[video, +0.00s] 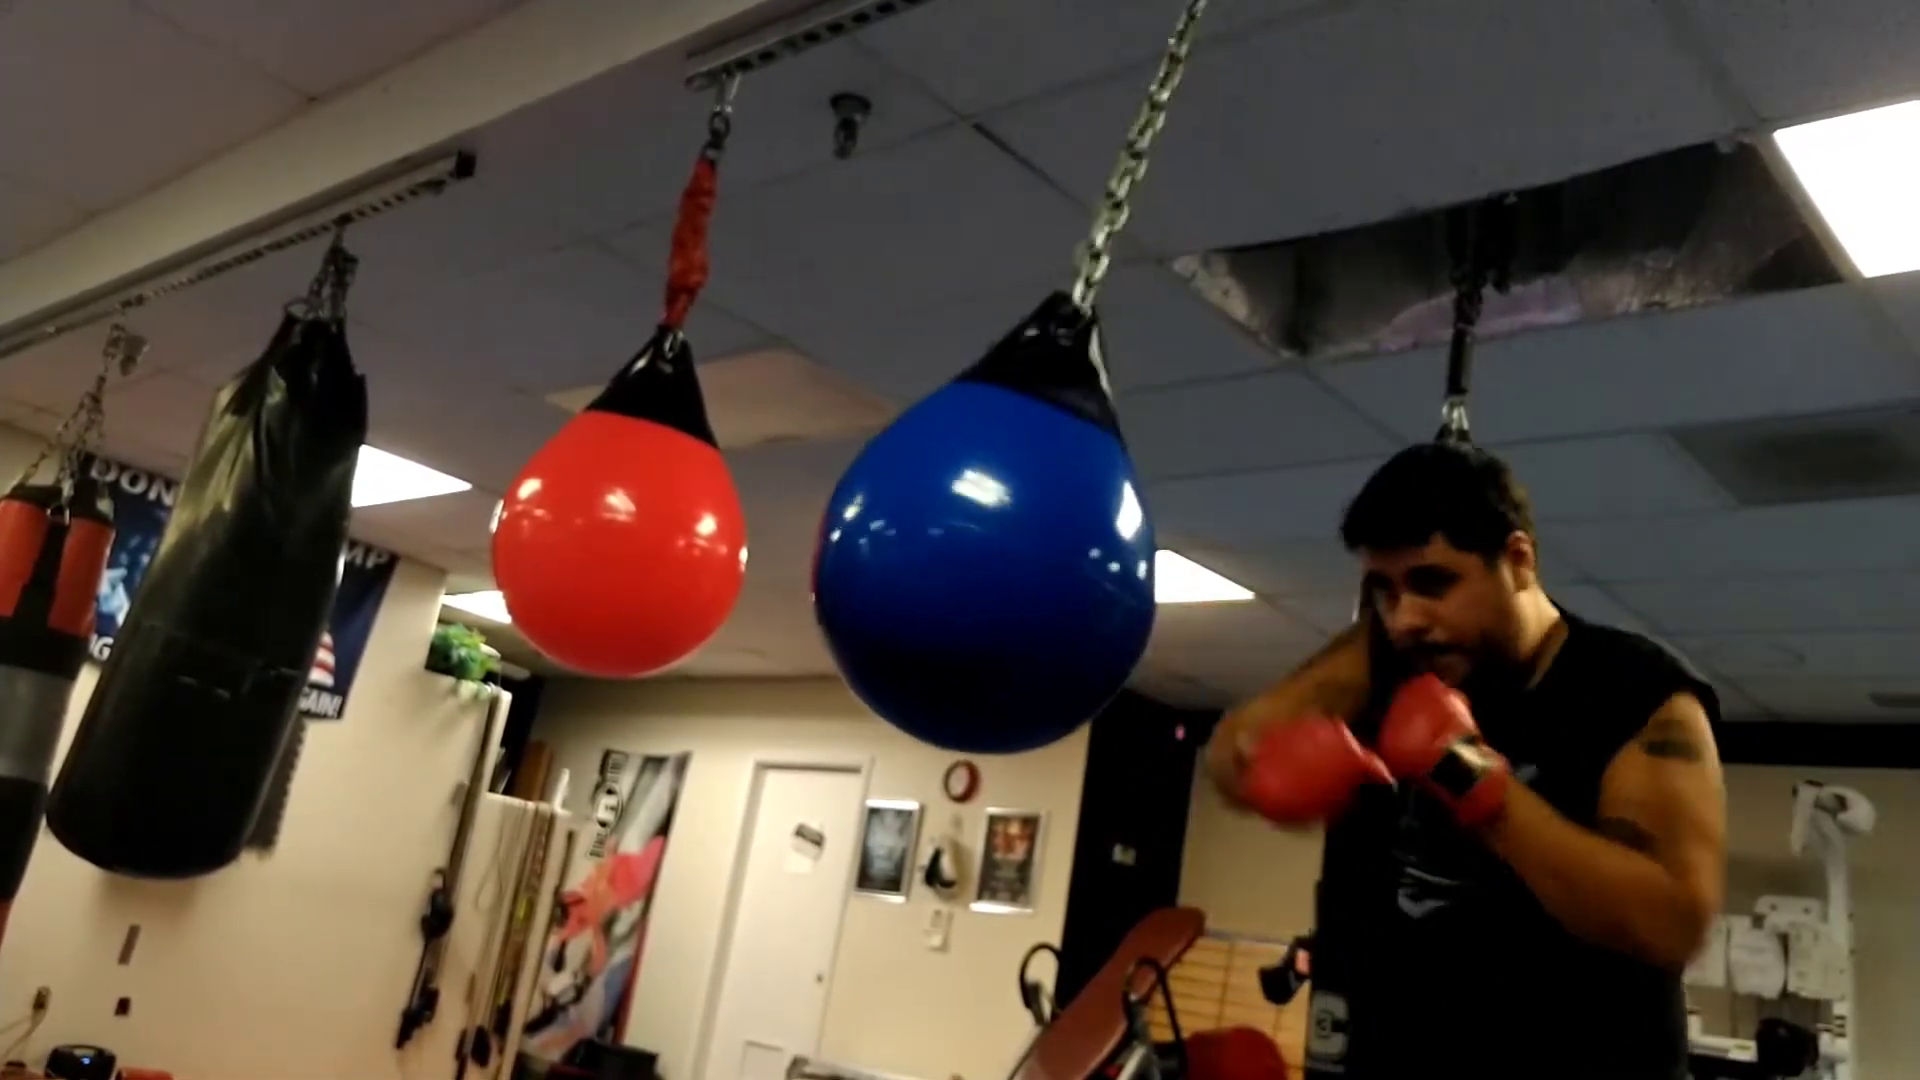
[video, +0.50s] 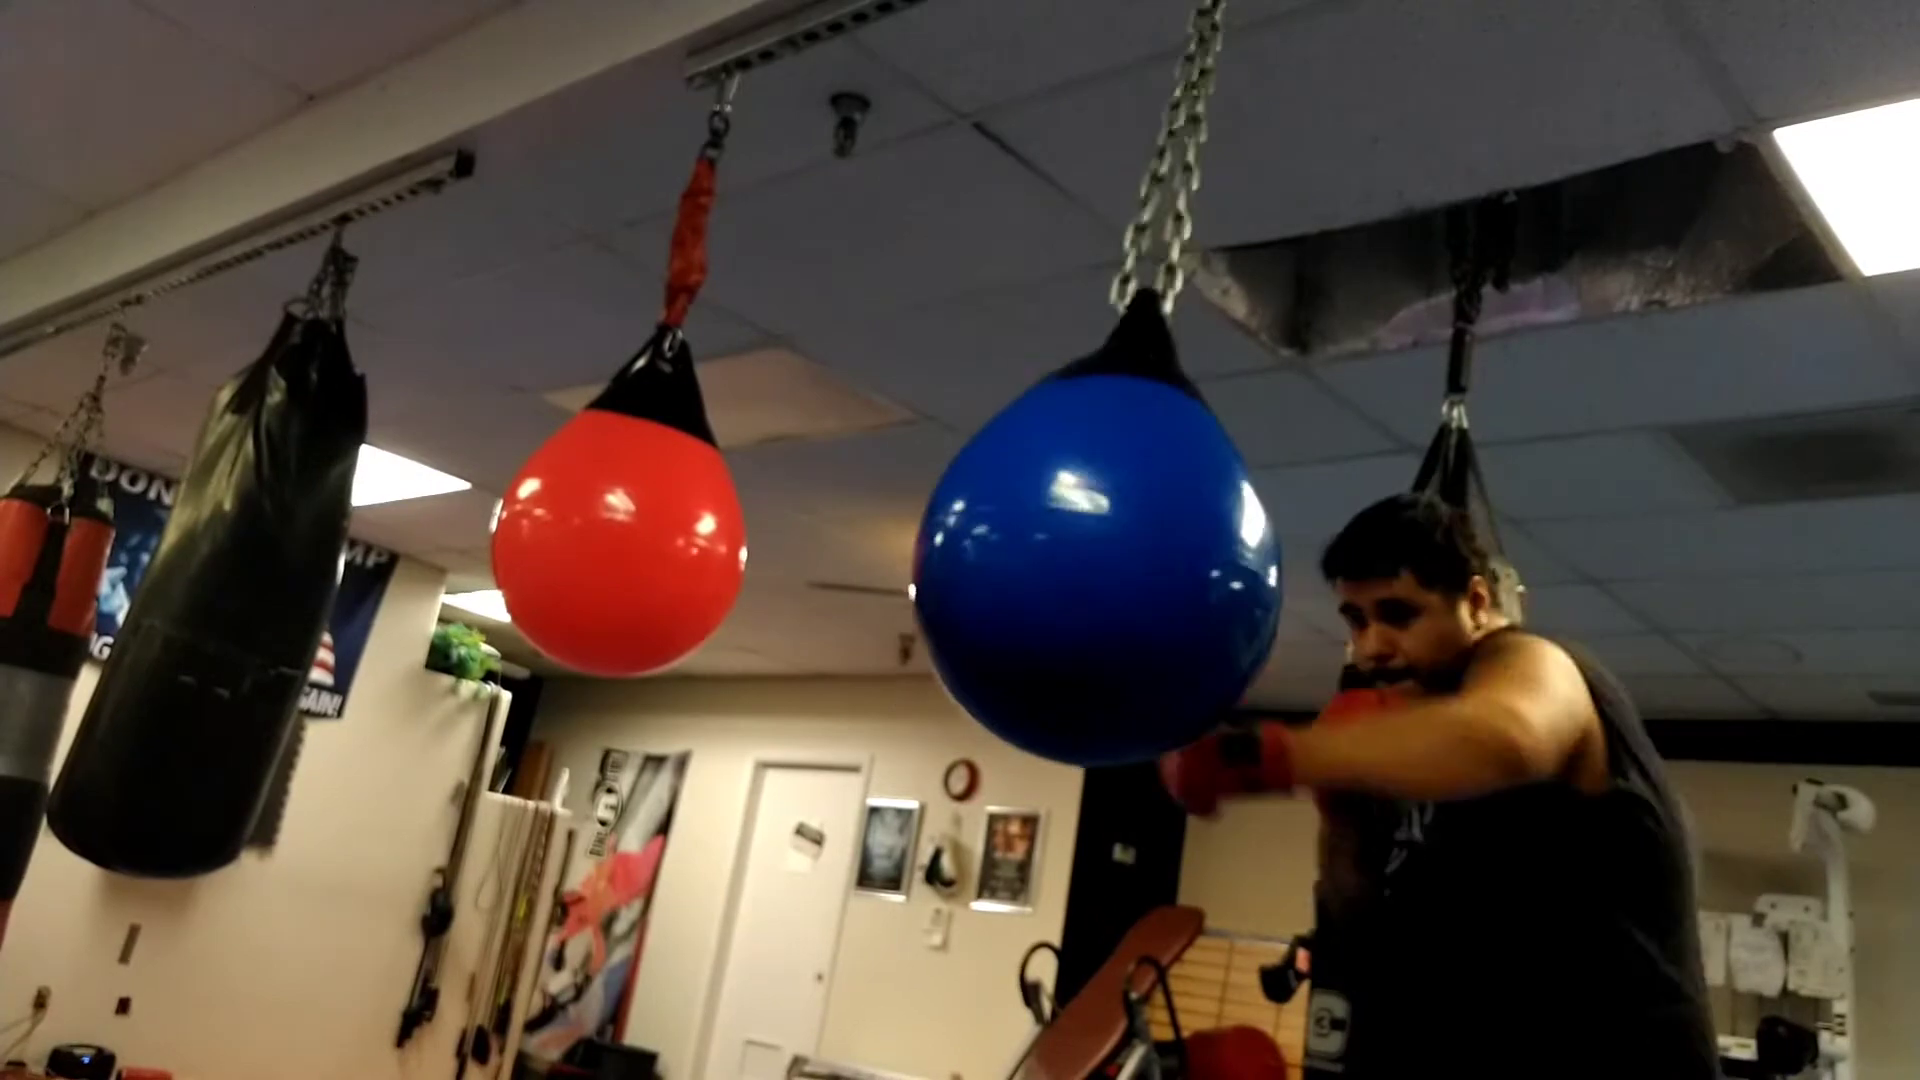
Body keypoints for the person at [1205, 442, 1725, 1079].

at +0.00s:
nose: (1404, 621)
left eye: (1432, 584)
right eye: (1383, 590)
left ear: (1519, 558)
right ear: (1368, 584)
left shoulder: (1641, 696)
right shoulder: (1385, 650)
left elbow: (1671, 922)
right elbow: (1237, 743)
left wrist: (1488, 792)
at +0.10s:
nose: (1407, 633)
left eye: (1438, 598)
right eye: (1387, 604)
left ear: (1520, 583)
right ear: (1369, 601)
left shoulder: (1653, 719)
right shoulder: (1374, 695)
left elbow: (1761, 925)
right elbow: (1255, 835)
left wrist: (1563, 882)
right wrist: (1291, 858)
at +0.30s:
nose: (1391, 647)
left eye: (1420, 618)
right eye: (1366, 619)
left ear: (1490, 600)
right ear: (1347, 613)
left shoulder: (1568, 670)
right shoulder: (1355, 722)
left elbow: (1655, 776)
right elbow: (1321, 907)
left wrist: (1443, 721)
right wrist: (1306, 824)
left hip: (1592, 1073)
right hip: (1411, 1073)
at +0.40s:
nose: (1385, 634)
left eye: (1410, 608)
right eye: (1362, 614)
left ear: (1485, 591)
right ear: (1347, 609)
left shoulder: (1546, 630)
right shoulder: (1386, 718)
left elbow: (1505, 667)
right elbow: (1343, 904)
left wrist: (1274, 661)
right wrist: (1322, 798)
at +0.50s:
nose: (1369, 647)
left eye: (1397, 615)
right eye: (1354, 623)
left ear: (1478, 603)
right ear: (1342, 624)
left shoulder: (1530, 662)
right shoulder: (1392, 737)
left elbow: (1511, 741)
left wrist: (1278, 755)